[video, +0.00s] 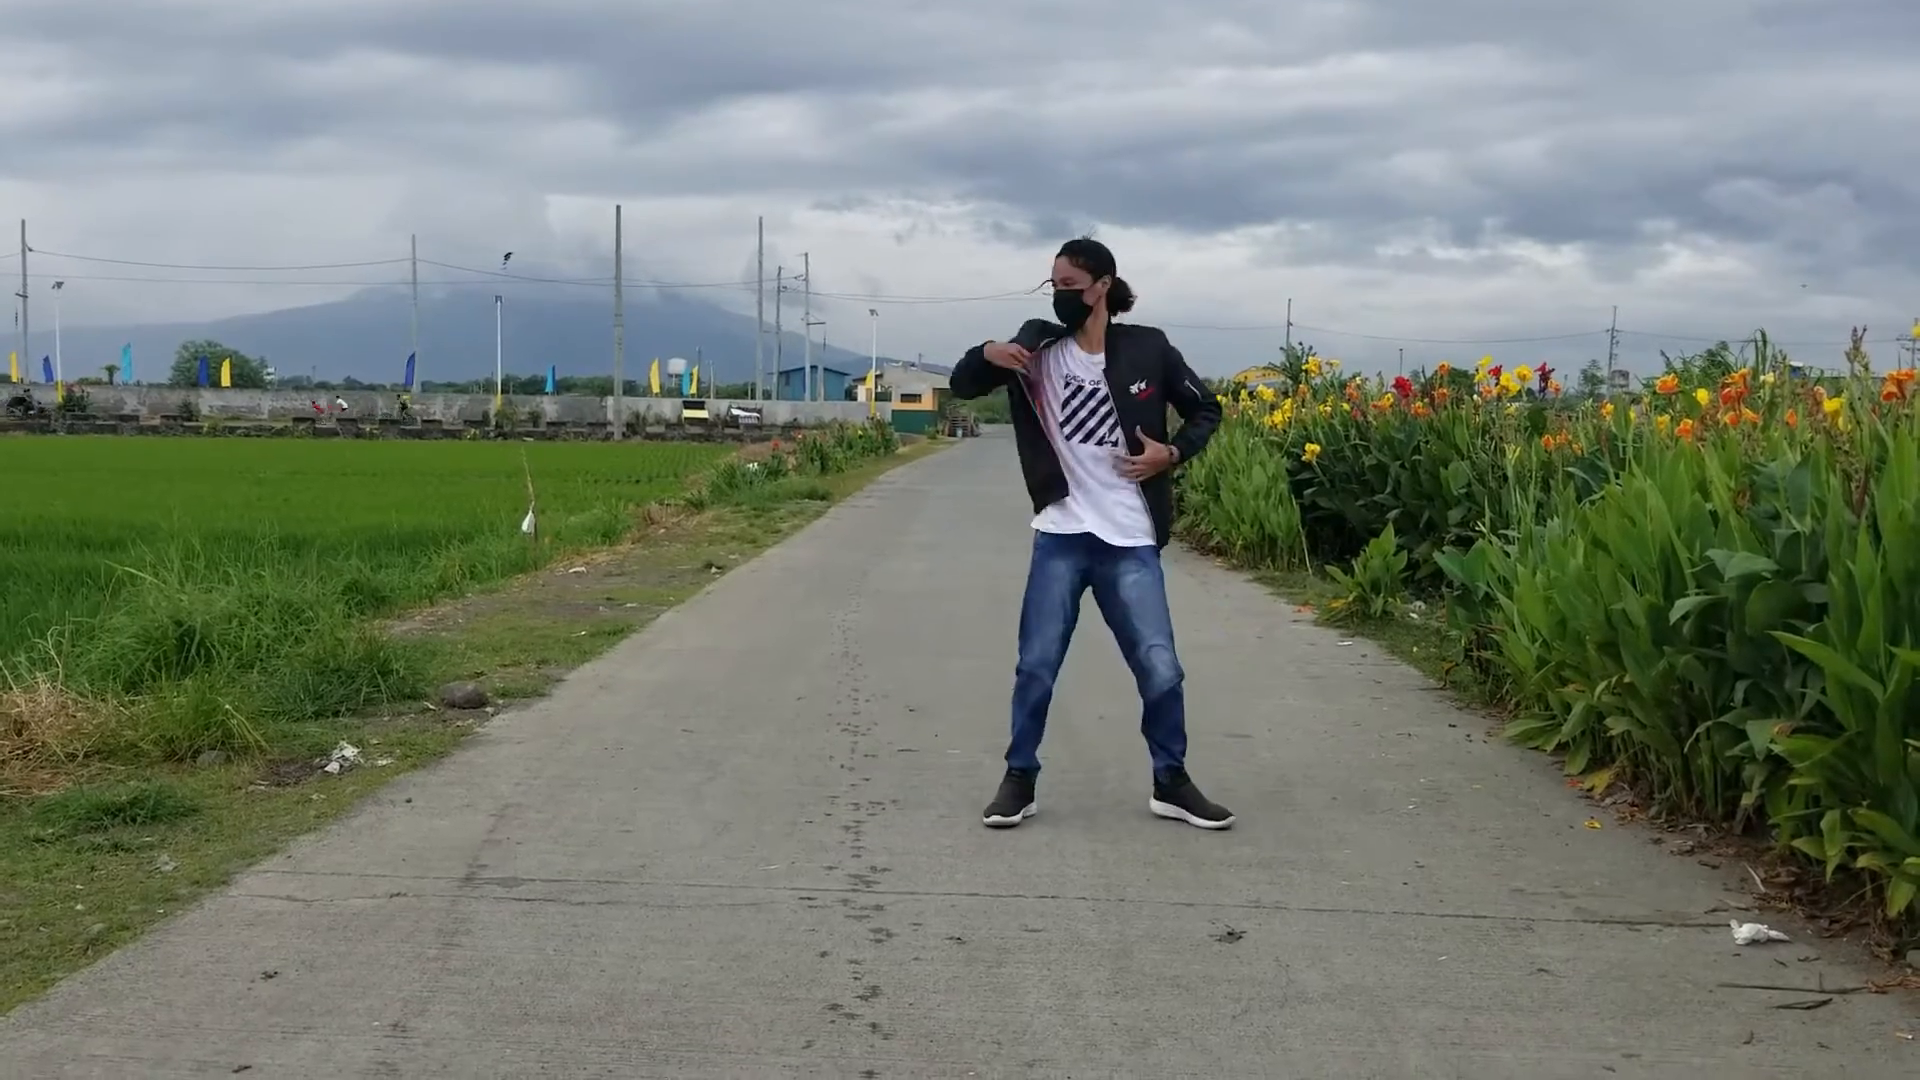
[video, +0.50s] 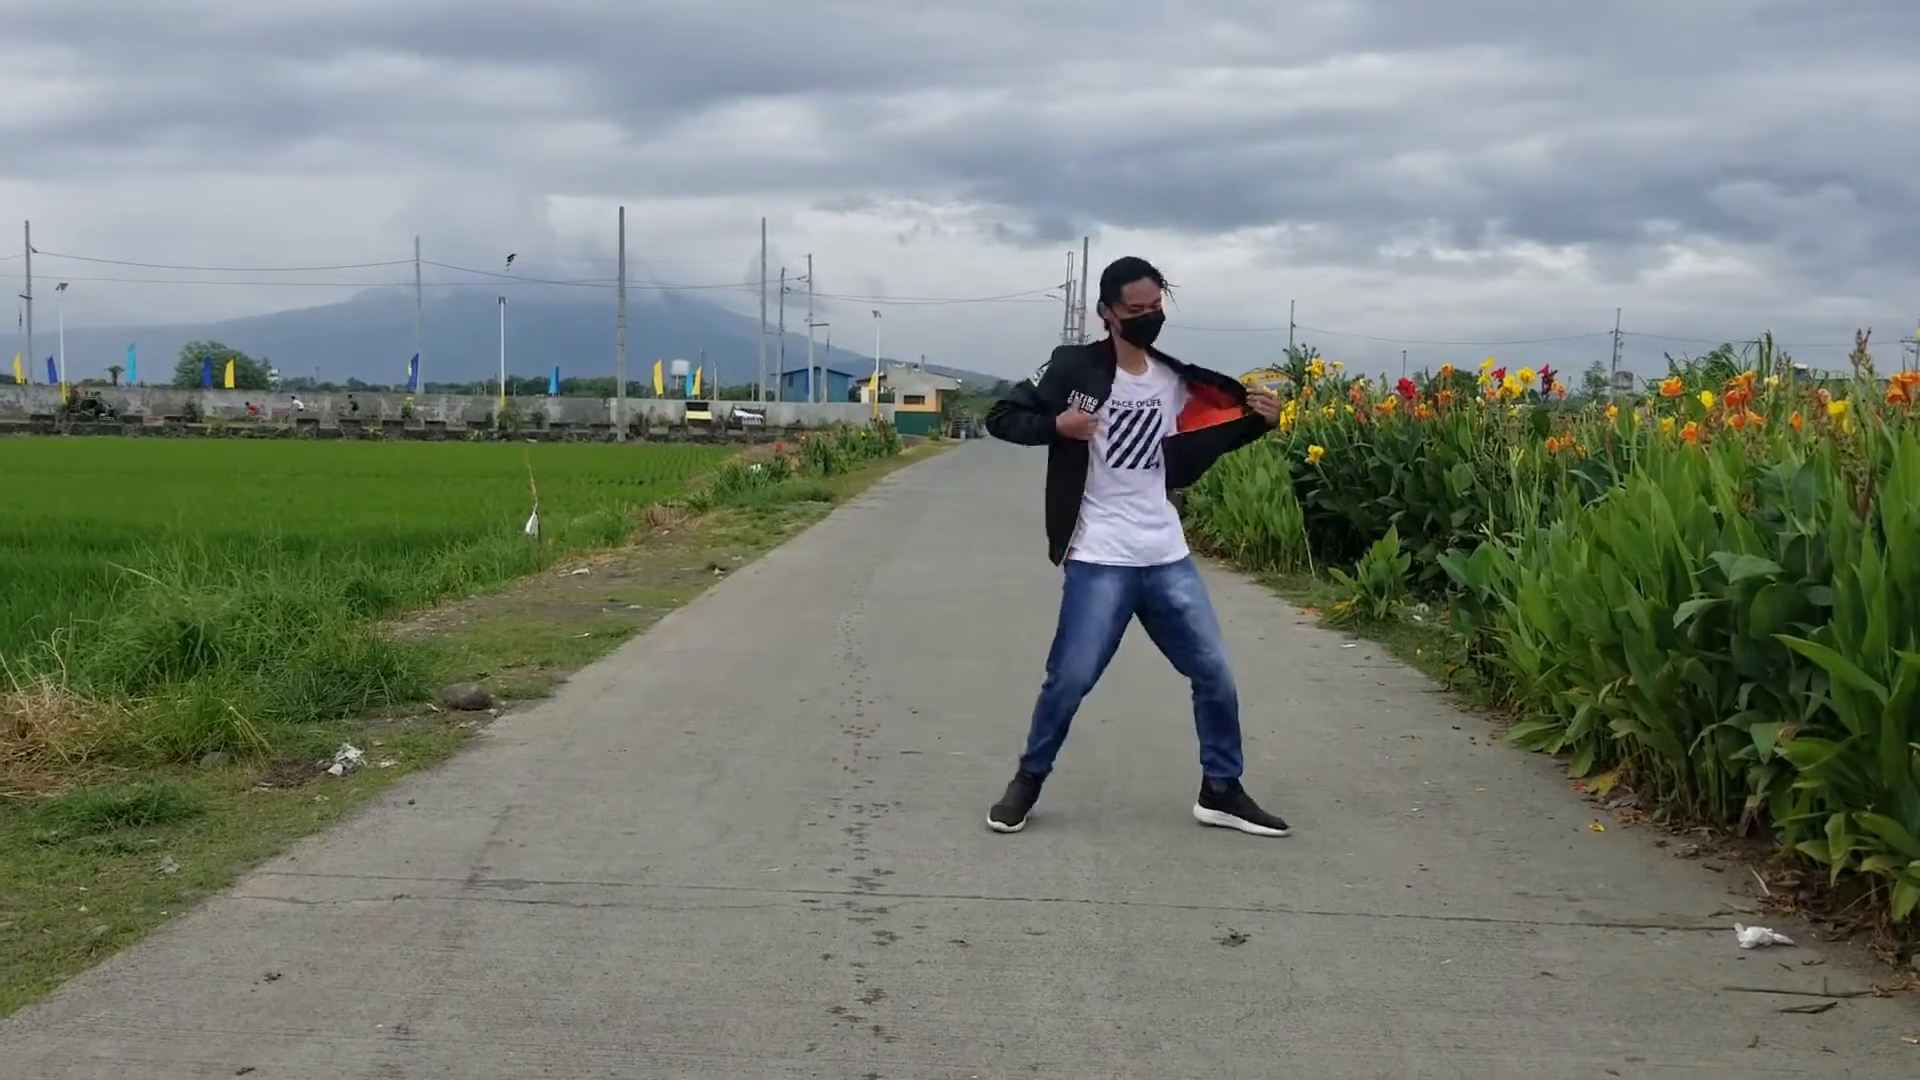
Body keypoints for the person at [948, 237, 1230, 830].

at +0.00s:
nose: (1058, 296)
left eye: (1069, 287)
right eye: (1054, 286)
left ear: (1103, 287)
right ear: (1052, 288)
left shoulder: (1148, 349)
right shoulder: (1035, 347)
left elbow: (1206, 412)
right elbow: (964, 385)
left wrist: (1174, 452)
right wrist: (985, 356)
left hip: (1131, 536)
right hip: (1061, 530)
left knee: (1161, 667)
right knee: (1036, 662)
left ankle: (1171, 781)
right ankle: (1018, 779)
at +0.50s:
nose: (1151, 319)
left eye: (1157, 309)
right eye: (1138, 310)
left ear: (1163, 305)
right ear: (1108, 311)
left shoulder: (1175, 380)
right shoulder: (1074, 366)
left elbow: (1178, 460)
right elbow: (1003, 419)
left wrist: (1255, 422)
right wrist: (1055, 425)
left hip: (1165, 551)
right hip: (1098, 551)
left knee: (1215, 671)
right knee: (1071, 677)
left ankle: (1221, 789)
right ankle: (1028, 780)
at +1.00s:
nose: (961, 313)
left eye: (971, 304)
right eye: (957, 303)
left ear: (1006, 300)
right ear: (956, 298)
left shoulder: (1039, 352)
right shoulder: (931, 360)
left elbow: (1072, 418)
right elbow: (908, 435)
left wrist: (1117, 439)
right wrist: (896, 460)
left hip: (1039, 531)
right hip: (976, 535)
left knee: (1079, 642)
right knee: (993, 659)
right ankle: (977, 778)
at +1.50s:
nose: (928, 324)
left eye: (938, 312)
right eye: (919, 316)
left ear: (967, 311)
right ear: (912, 320)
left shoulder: (1007, 381)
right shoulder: (894, 386)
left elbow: (1019, 466)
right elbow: (873, 476)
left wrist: (1024, 534)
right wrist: (835, 536)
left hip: (985, 544)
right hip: (916, 547)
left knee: (978, 676)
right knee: (919, 673)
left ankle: (945, 739)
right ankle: (948, 781)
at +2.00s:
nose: (1018, 324)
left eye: (1025, 313)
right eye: (1003, 319)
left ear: (1039, 317)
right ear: (982, 331)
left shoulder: (1076, 375)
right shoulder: (957, 397)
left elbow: (1128, 453)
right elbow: (932, 481)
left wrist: (1154, 526)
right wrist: (921, 549)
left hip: (1079, 558)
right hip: (1011, 566)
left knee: (1082, 691)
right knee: (1023, 694)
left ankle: (1064, 817)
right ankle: (1032, 780)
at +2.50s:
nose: (1069, 301)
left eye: (1077, 287)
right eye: (1054, 295)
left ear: (1094, 287)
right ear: (1039, 307)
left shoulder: (1145, 367)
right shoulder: (1020, 370)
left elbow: (1179, 467)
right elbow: (1014, 462)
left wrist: (1176, 563)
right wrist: (1032, 538)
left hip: (1132, 550)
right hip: (1059, 550)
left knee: (1113, 704)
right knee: (1060, 691)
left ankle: (1113, 839)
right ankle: (1050, 838)